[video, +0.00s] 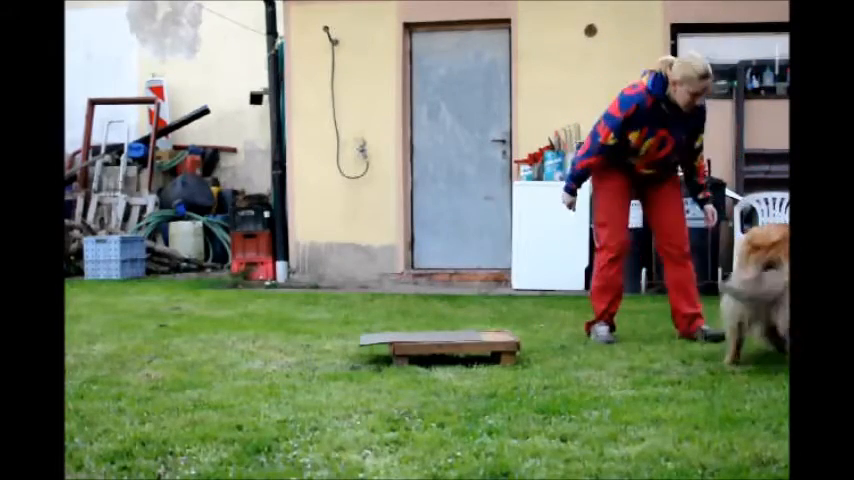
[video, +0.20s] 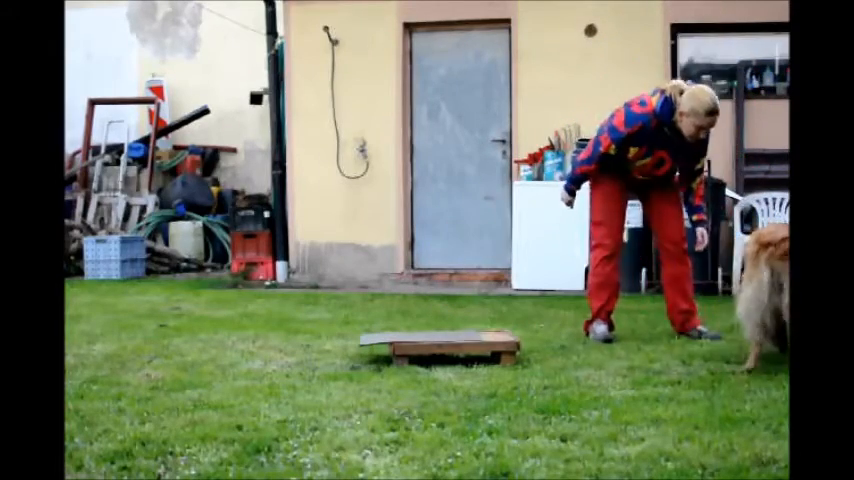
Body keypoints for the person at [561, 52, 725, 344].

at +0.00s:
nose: (698, 101)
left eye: (702, 95)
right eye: (694, 94)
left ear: (706, 88)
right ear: (675, 84)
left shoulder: (695, 113)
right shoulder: (637, 97)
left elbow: (692, 159)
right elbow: (599, 138)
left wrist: (704, 200)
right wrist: (572, 185)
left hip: (660, 174)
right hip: (614, 169)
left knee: (676, 246)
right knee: (613, 244)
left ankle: (690, 324)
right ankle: (602, 322)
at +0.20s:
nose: (703, 134)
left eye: (707, 129)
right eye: (700, 128)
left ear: (710, 121)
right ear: (682, 116)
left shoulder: (697, 138)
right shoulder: (646, 111)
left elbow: (693, 178)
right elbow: (602, 141)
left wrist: (699, 221)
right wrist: (572, 184)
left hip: (658, 177)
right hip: (613, 171)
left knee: (675, 244)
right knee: (606, 243)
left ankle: (687, 323)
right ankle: (600, 321)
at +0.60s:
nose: (733, 147)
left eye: (738, 141)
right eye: (729, 139)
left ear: (744, 135)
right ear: (712, 124)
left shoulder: (728, 147)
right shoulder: (674, 122)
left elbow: (723, 188)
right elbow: (627, 153)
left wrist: (733, 232)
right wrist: (599, 189)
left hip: (685, 179)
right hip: (639, 172)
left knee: (696, 244)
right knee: (624, 243)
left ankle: (687, 323)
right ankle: (603, 320)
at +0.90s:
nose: (739, 150)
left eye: (745, 145)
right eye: (735, 142)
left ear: (751, 141)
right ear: (720, 127)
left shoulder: (739, 160)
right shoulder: (681, 127)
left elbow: (732, 203)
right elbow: (636, 153)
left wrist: (722, 239)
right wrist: (606, 189)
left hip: (689, 185)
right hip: (646, 174)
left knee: (707, 248)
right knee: (627, 244)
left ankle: (688, 324)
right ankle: (604, 321)